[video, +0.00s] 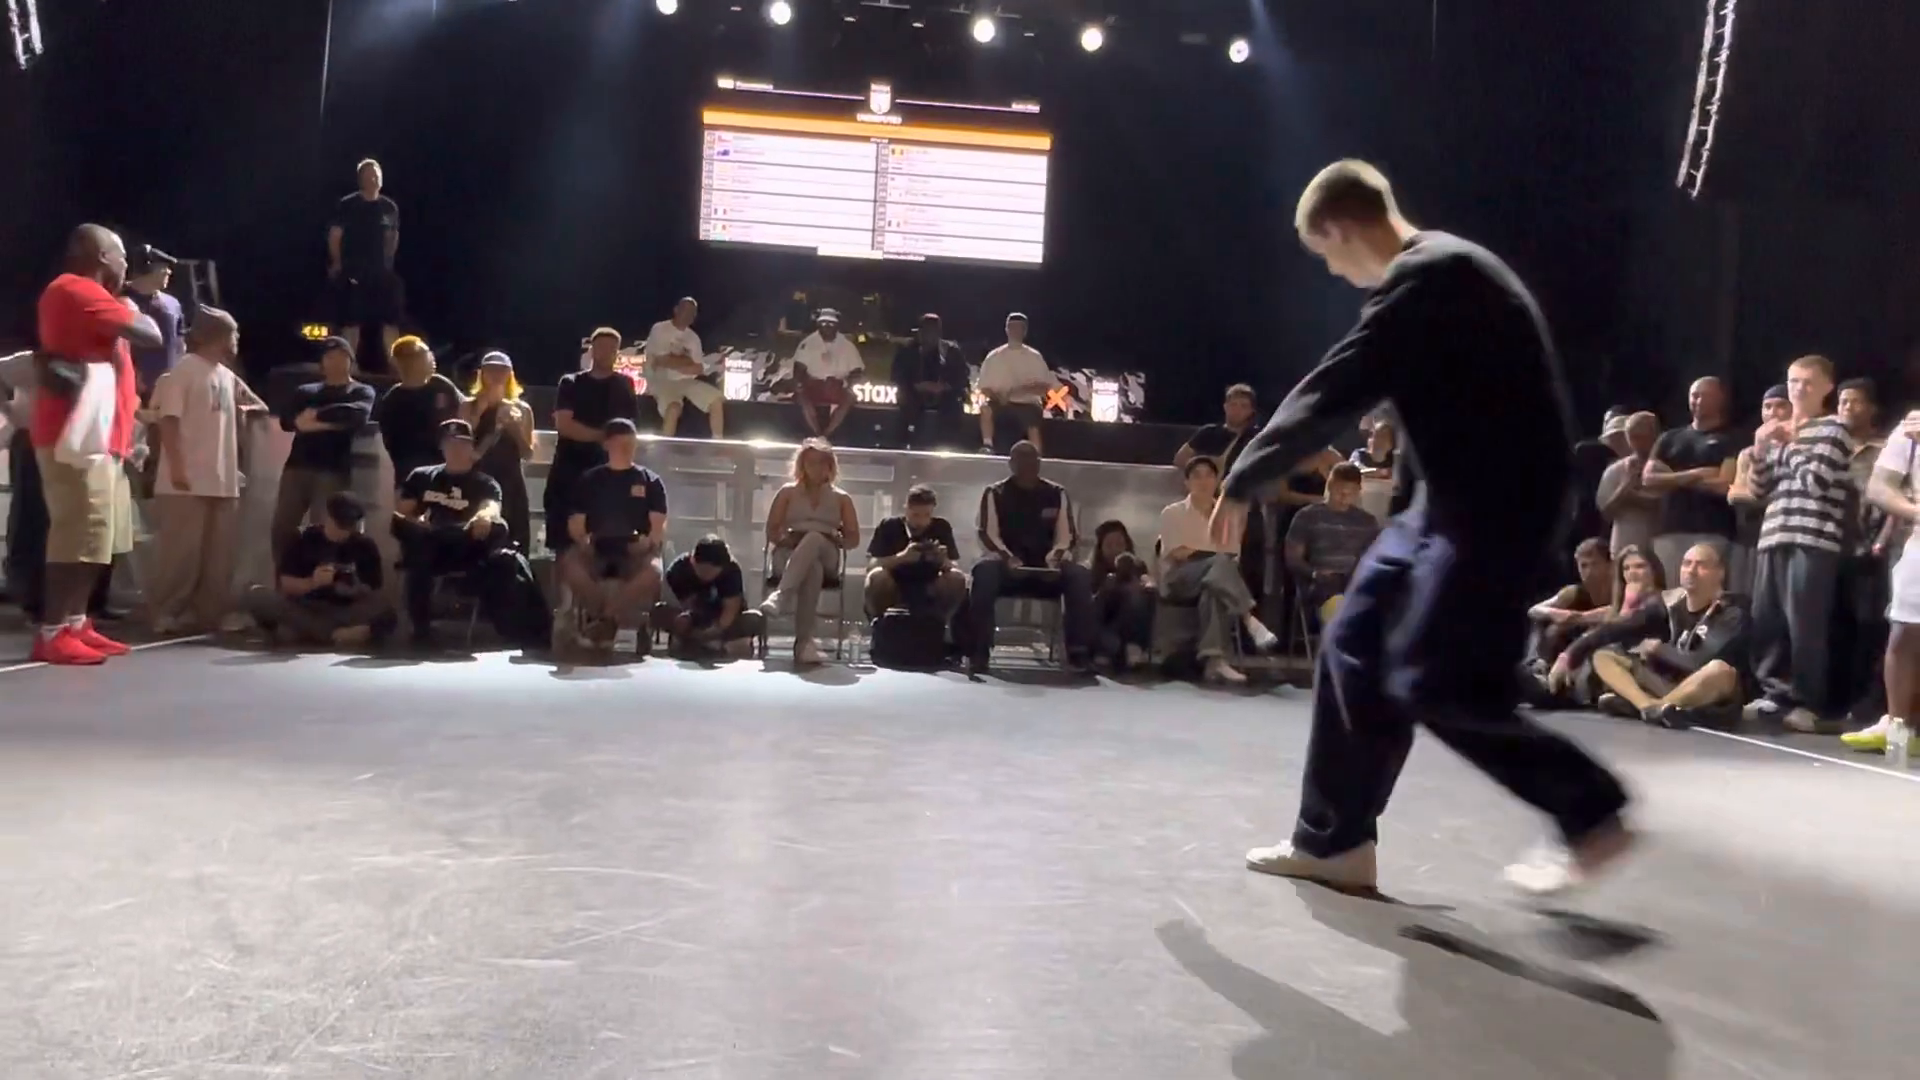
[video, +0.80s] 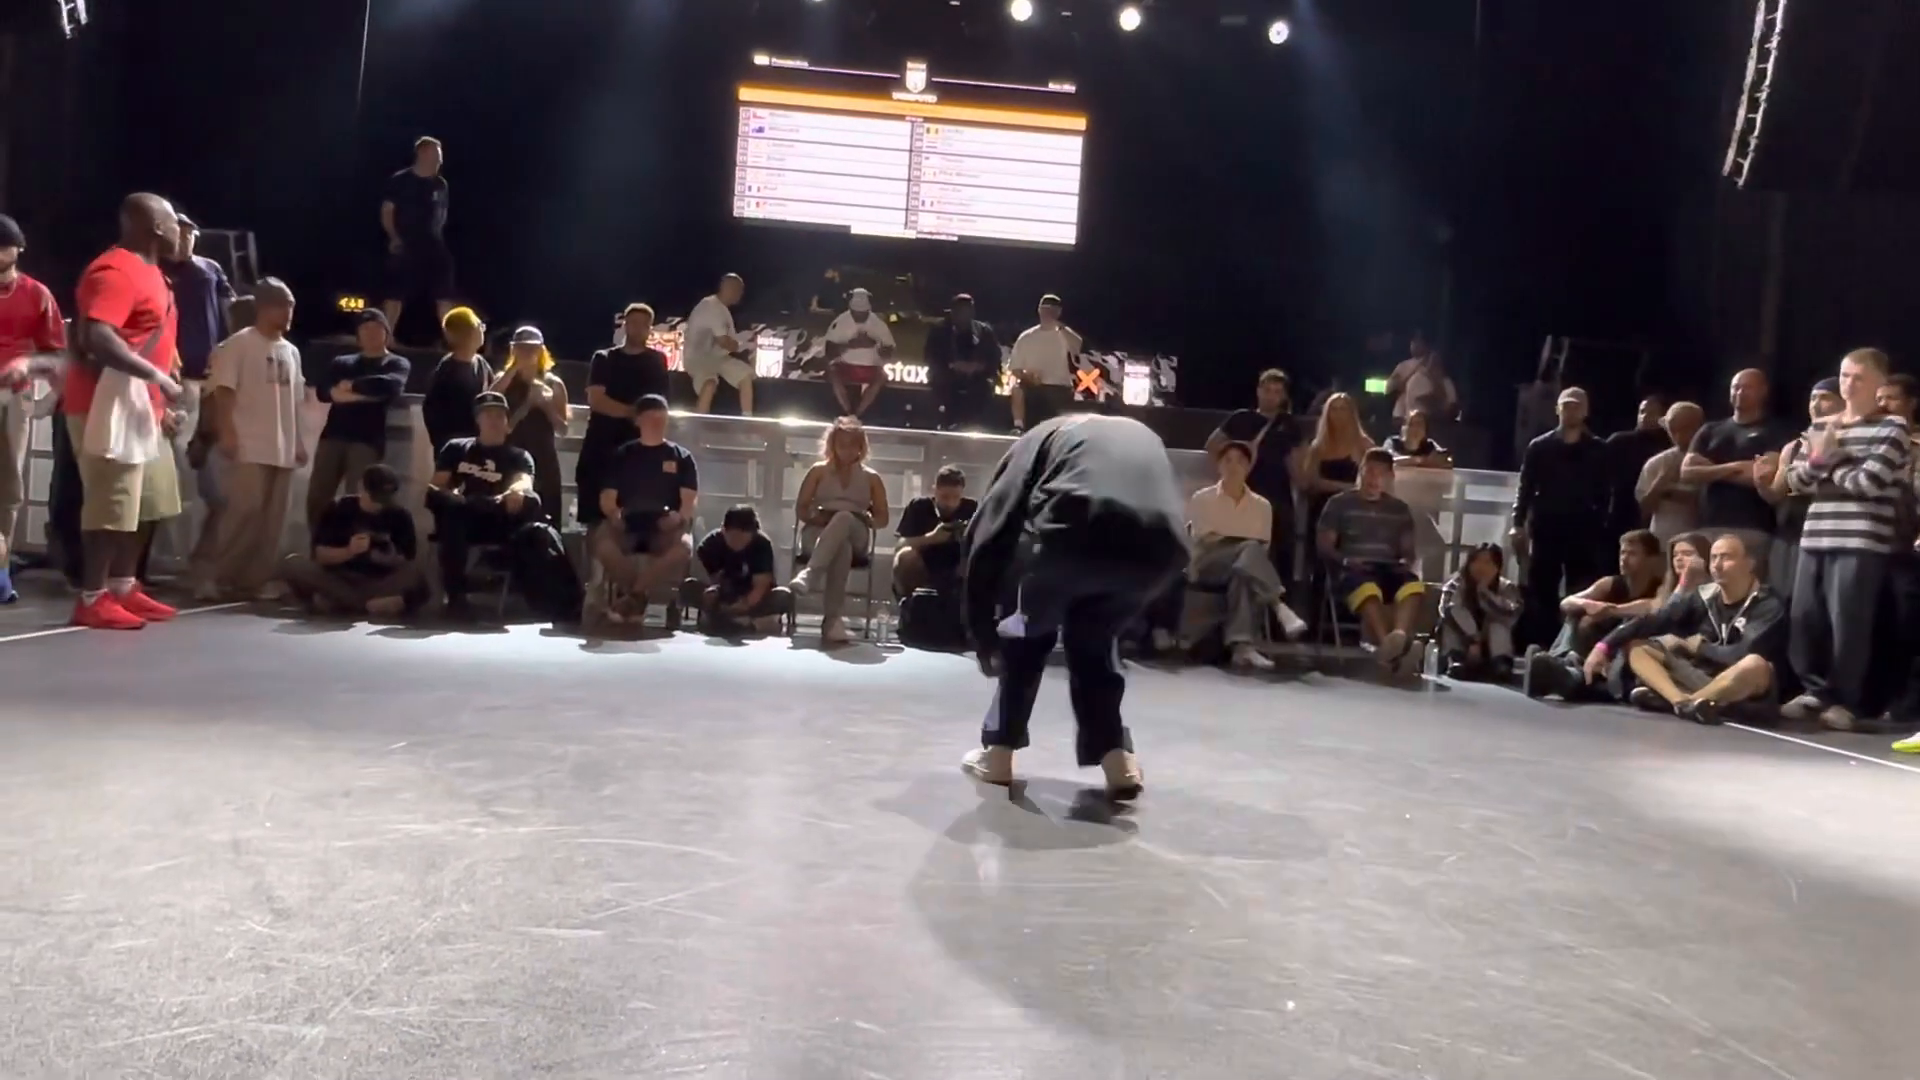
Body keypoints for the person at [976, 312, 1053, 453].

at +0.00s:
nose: (1015, 331)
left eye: (1019, 327)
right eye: (1011, 327)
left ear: (1025, 331)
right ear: (1006, 330)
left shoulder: (1034, 356)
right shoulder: (993, 356)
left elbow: (1045, 386)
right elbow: (983, 386)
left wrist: (1021, 390)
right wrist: (994, 396)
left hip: (1026, 403)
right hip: (1001, 402)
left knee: (1032, 416)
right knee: (985, 409)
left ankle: (1036, 458)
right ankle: (987, 446)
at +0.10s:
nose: (1020, 328)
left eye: (1024, 324)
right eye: (1016, 324)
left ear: (1030, 327)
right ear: (1011, 327)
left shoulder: (1039, 352)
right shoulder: (999, 353)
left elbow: (1054, 378)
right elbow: (988, 382)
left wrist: (1034, 377)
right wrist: (999, 392)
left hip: (1032, 398)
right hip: (1007, 397)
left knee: (1036, 417)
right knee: (991, 406)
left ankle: (1041, 453)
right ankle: (992, 442)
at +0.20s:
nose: (1026, 326)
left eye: (1030, 322)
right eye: (1022, 321)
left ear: (1036, 325)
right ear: (1017, 324)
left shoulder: (1044, 348)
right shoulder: (1004, 350)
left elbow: (1060, 374)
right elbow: (993, 380)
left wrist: (1042, 359)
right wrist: (1004, 389)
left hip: (1038, 396)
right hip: (1013, 394)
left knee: (1042, 419)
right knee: (996, 402)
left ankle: (1047, 453)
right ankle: (997, 440)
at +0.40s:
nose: (1036, 318)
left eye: (1040, 314)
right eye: (1032, 314)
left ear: (1046, 318)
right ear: (1026, 317)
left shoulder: (1052, 341)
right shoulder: (1014, 343)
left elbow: (1066, 355)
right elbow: (1002, 373)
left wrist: (1051, 339)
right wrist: (1014, 383)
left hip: (1047, 390)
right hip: (1022, 388)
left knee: (1052, 413)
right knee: (1005, 396)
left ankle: (1055, 448)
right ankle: (1006, 433)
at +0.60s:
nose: (1045, 315)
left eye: (1048, 311)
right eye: (1041, 311)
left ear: (1054, 314)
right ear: (1034, 314)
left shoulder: (1061, 338)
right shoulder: (1021, 340)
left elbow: (1075, 354)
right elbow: (1009, 369)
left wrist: (1057, 333)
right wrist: (1022, 380)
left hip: (1054, 387)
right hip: (1029, 387)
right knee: (1012, 391)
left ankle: (1062, 439)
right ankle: (1014, 430)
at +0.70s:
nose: (1045, 313)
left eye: (1049, 309)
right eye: (1042, 309)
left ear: (1056, 313)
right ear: (1037, 312)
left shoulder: (1063, 335)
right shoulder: (1024, 338)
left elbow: (1076, 349)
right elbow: (1012, 367)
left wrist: (1059, 330)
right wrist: (1025, 380)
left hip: (1057, 387)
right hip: (1031, 387)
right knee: (1014, 391)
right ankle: (1016, 427)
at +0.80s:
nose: (1048, 312)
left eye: (1052, 308)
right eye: (1045, 308)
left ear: (1059, 312)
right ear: (1039, 310)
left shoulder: (1065, 335)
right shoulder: (1026, 337)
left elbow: (1082, 349)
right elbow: (1014, 367)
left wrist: (1061, 328)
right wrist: (1026, 377)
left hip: (1060, 388)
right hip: (1035, 388)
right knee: (1016, 389)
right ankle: (1018, 427)